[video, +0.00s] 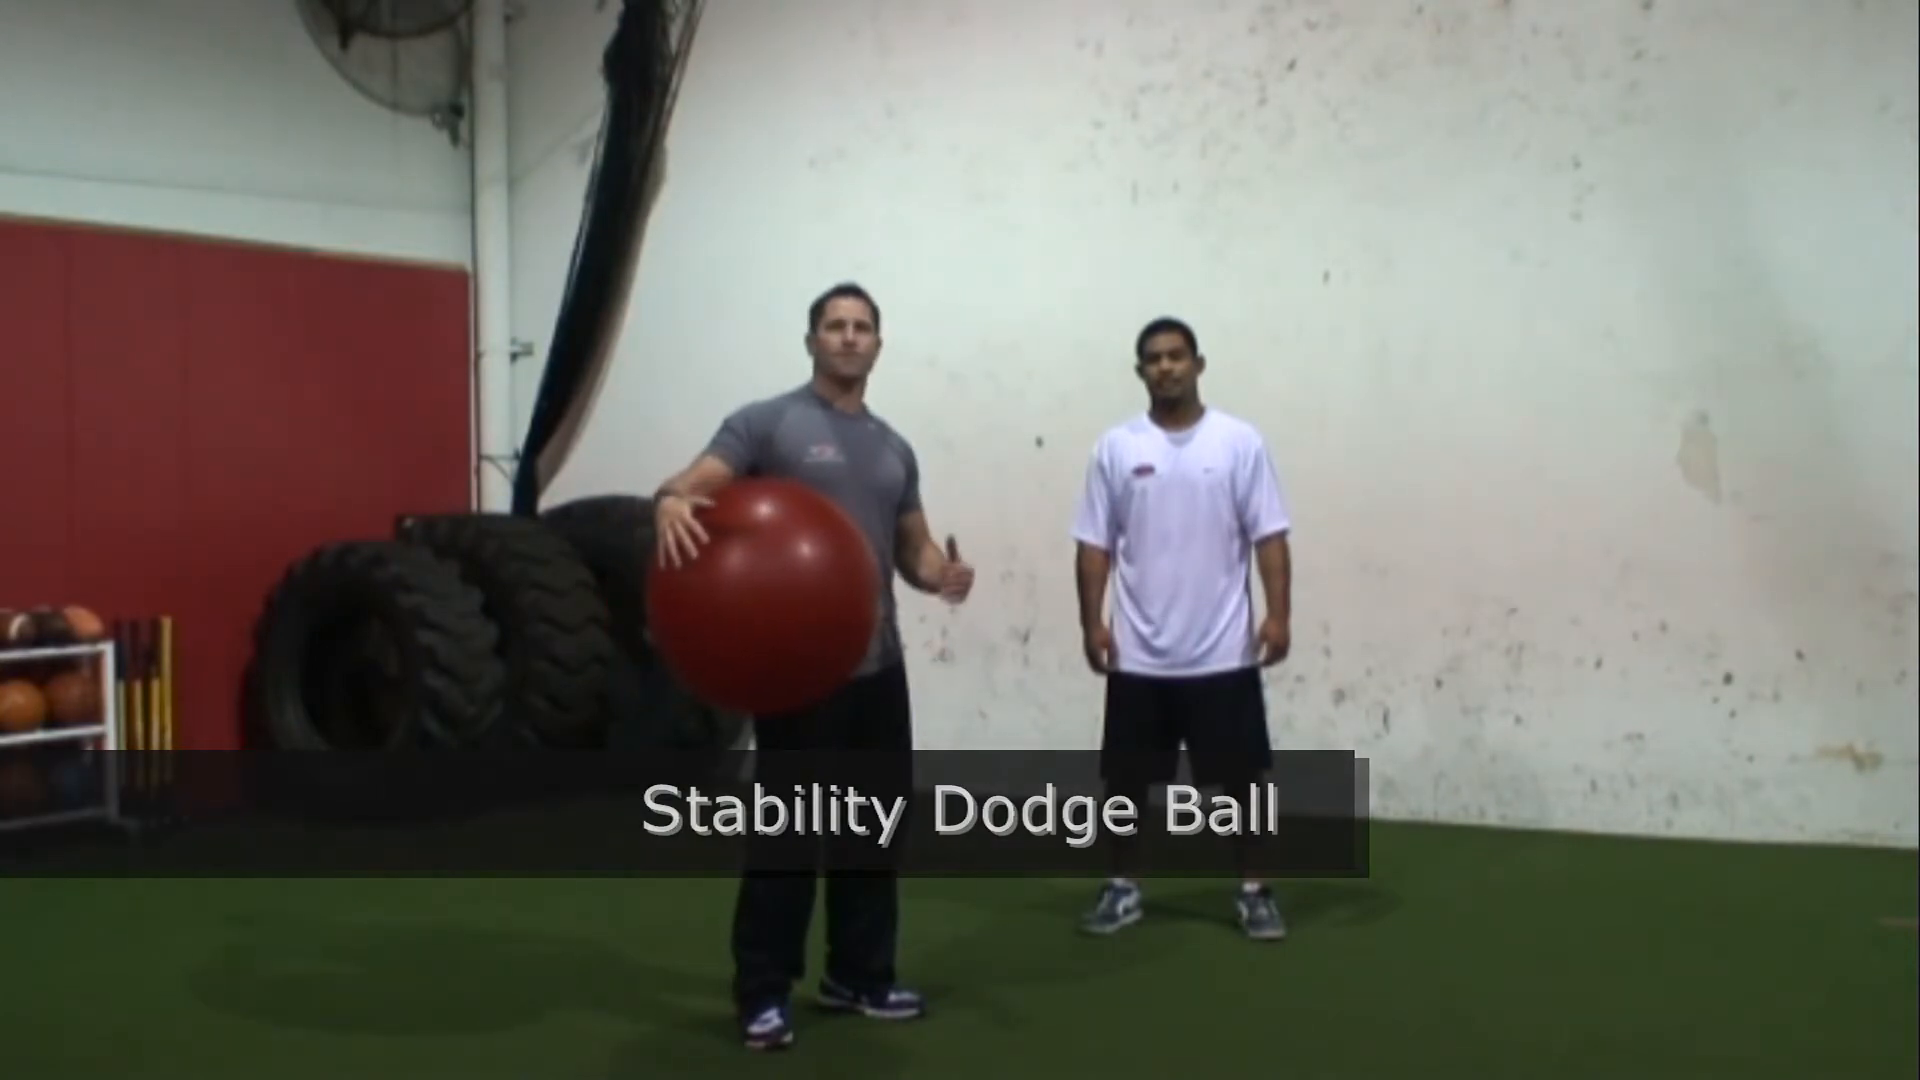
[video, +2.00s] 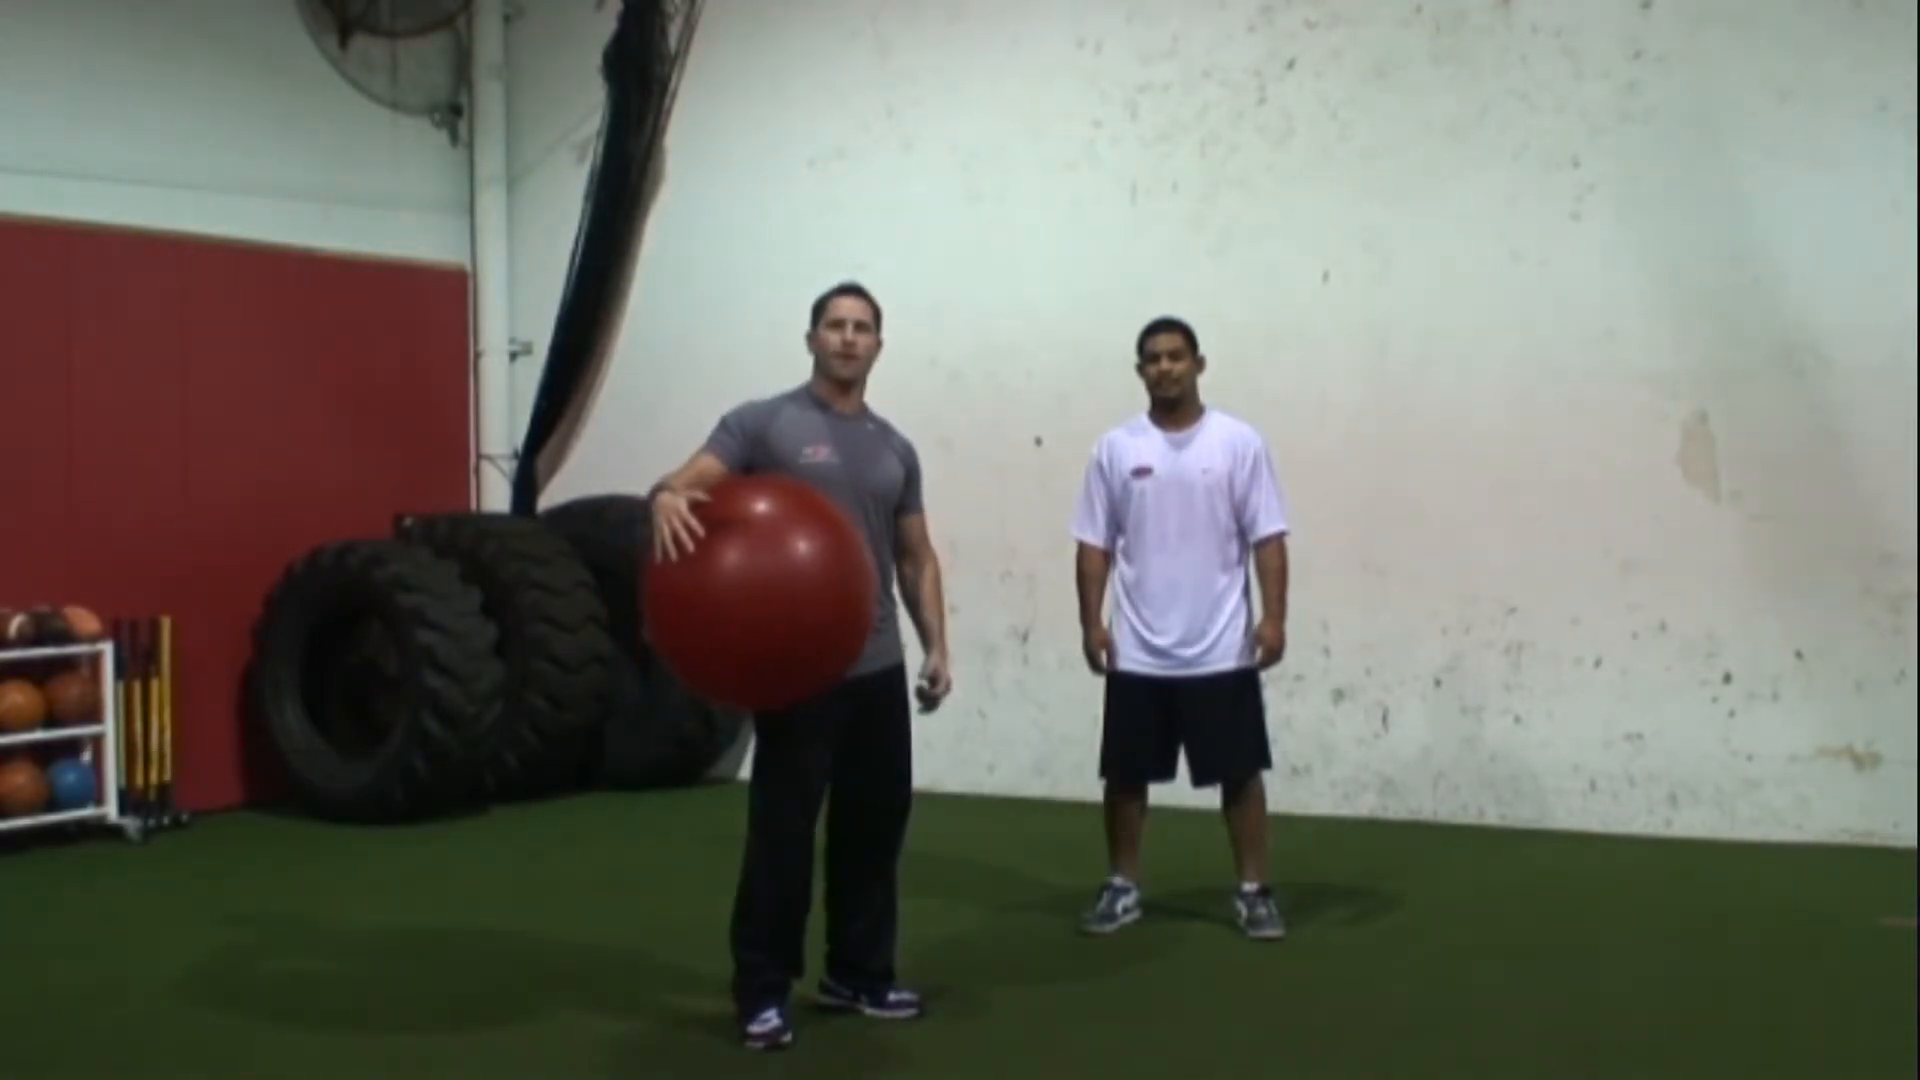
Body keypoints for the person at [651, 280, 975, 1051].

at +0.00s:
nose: (850, 338)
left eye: (862, 328)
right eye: (837, 327)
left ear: (879, 344)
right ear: (812, 340)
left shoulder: (894, 450)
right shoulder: (765, 422)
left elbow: (913, 545)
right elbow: (694, 483)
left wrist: (940, 570)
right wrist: (669, 501)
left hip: (875, 668)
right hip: (790, 669)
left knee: (875, 824)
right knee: (786, 828)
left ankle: (861, 976)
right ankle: (764, 994)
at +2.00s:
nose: (849, 338)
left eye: (862, 328)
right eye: (835, 325)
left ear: (880, 344)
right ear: (811, 338)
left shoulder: (895, 449)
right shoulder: (762, 422)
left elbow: (915, 554)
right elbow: (692, 480)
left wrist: (936, 644)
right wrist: (664, 496)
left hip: (878, 670)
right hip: (793, 670)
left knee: (873, 828)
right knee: (782, 834)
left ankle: (860, 975)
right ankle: (764, 994)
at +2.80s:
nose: (849, 339)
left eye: (862, 329)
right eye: (835, 327)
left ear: (877, 345)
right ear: (809, 338)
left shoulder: (896, 445)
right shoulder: (760, 422)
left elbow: (917, 549)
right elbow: (688, 484)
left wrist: (938, 644)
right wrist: (660, 508)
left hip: (877, 669)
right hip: (790, 669)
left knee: (874, 826)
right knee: (781, 831)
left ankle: (860, 975)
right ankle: (764, 994)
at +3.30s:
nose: (848, 339)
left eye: (861, 329)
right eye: (834, 327)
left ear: (875, 345)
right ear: (807, 339)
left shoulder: (892, 446)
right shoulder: (759, 423)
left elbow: (916, 547)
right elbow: (687, 487)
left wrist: (902, 614)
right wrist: (663, 512)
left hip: (874, 665)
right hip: (792, 663)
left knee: (873, 823)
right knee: (784, 829)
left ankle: (859, 975)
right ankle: (764, 993)